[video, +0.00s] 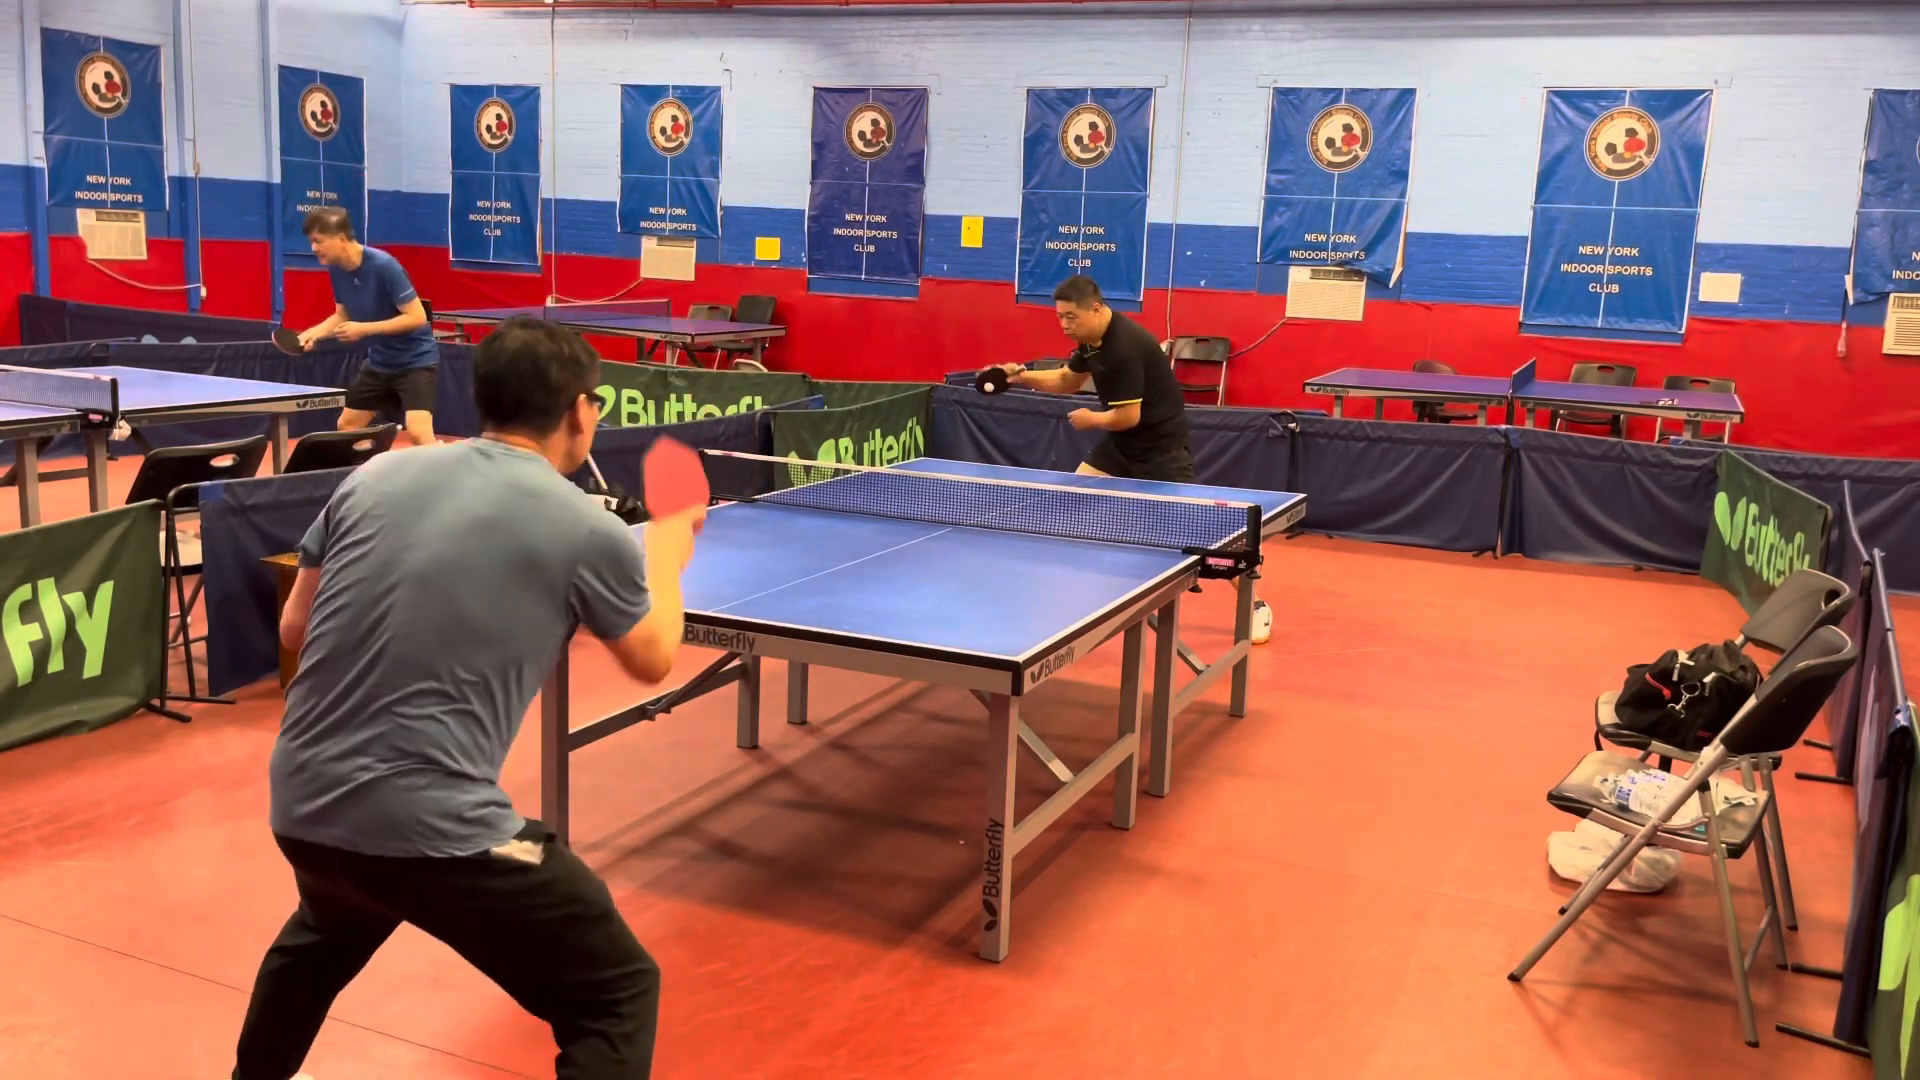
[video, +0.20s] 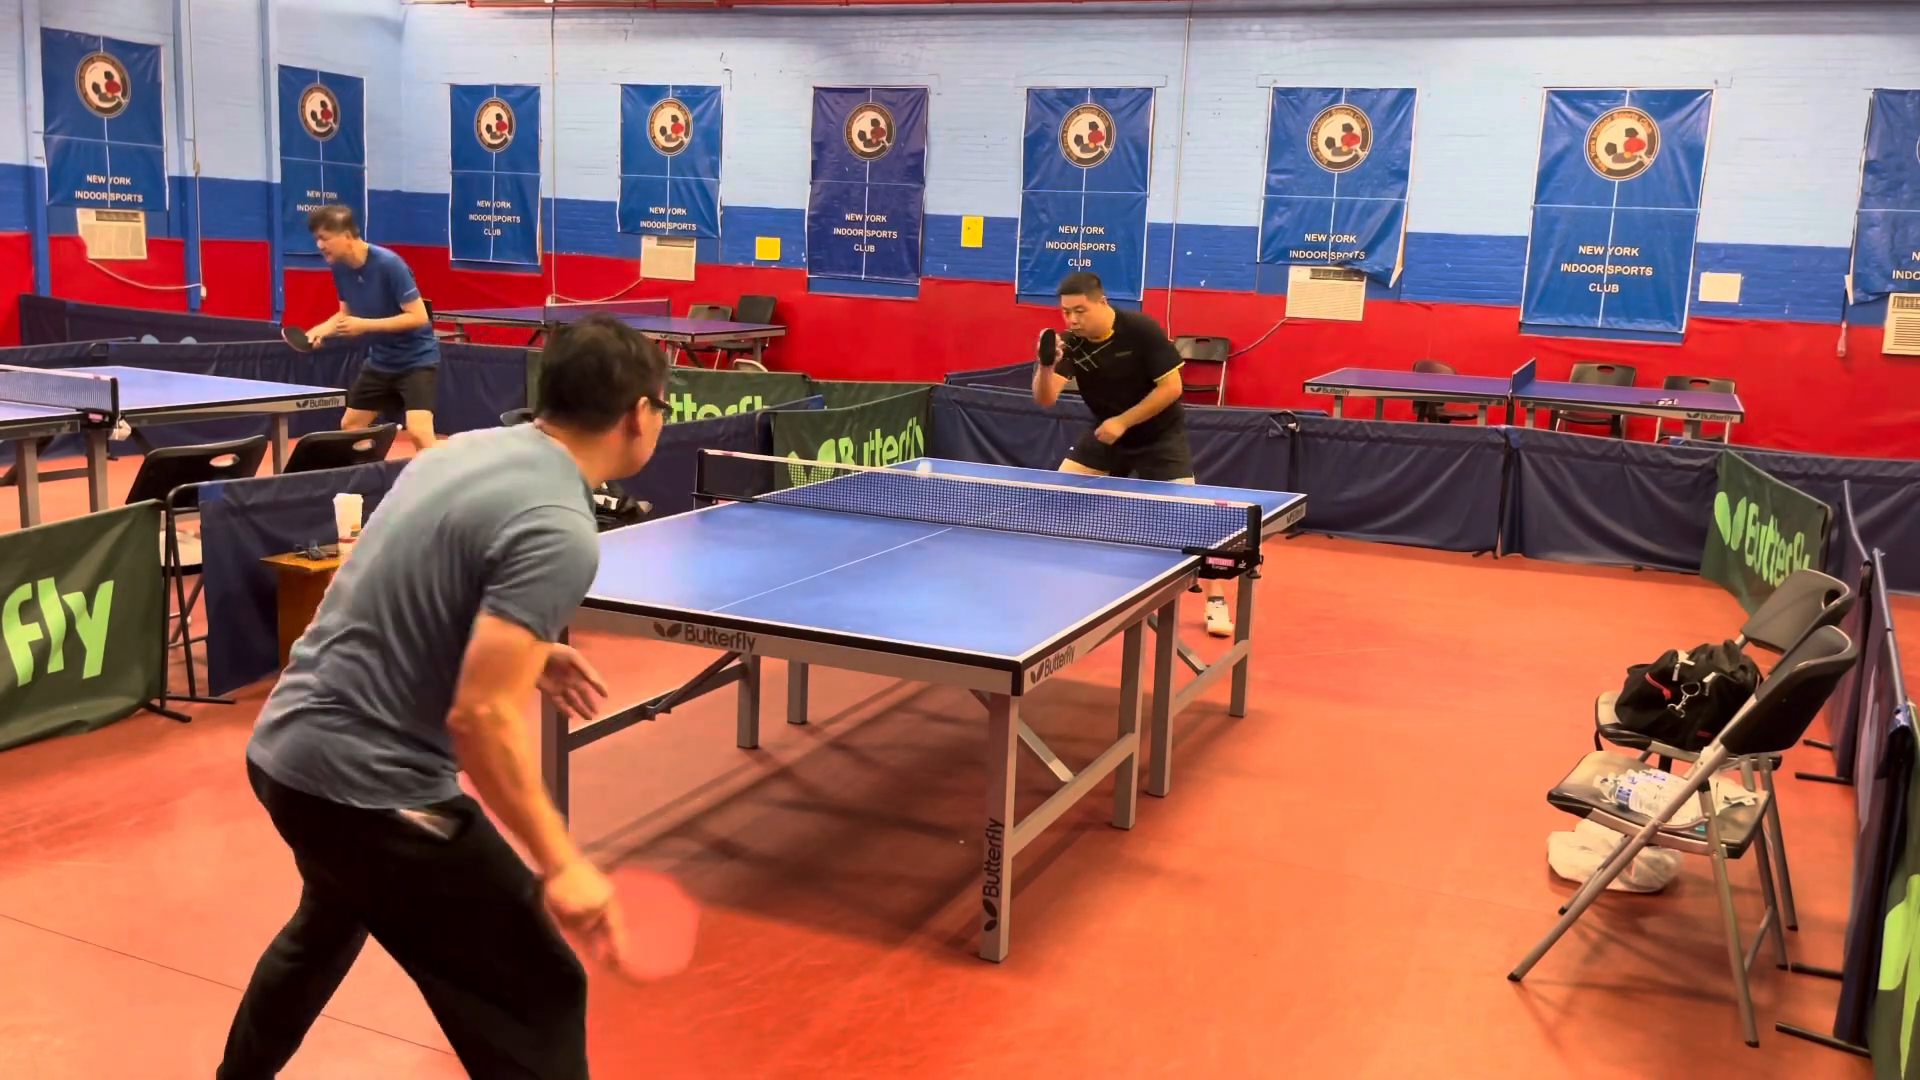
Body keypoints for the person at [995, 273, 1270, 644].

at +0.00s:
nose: (1064, 325)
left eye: (1071, 317)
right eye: (1061, 317)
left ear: (1097, 308)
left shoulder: (1124, 345)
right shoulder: (1092, 337)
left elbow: (1129, 415)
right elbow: (1068, 379)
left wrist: (1093, 419)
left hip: (1163, 448)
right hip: (1122, 441)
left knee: (1191, 527)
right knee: (1068, 500)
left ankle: (1253, 605)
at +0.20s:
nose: (1071, 321)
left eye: (1078, 311)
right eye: (1066, 313)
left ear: (1102, 303)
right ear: (1063, 310)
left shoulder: (1142, 330)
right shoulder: (1070, 344)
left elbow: (1172, 387)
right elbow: (1045, 399)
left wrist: (1123, 421)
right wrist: (1045, 364)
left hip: (1160, 436)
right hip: (1106, 434)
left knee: (1188, 515)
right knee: (1054, 497)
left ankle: (1214, 598)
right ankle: (1040, 585)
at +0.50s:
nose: (1084, 325)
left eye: (1094, 316)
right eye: (1079, 316)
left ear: (1115, 313)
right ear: (1073, 315)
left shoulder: (1146, 350)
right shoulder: (1071, 353)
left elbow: (1165, 409)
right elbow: (1062, 405)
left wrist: (1112, 433)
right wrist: (1054, 427)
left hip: (1151, 447)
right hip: (1095, 445)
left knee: (1182, 512)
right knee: (1045, 497)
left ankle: (1210, 599)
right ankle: (1035, 585)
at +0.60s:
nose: (1069, 318)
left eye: (1077, 309)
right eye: (1064, 310)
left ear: (1101, 305)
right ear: (1059, 308)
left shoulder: (1130, 344)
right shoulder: (1070, 342)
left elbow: (1140, 411)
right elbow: (1072, 392)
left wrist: (1090, 422)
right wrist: (1049, 425)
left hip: (1146, 446)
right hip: (1095, 443)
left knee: (1176, 517)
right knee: (1049, 500)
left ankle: (1209, 599)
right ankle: (1036, 586)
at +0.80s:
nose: (1055, 323)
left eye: (1063, 314)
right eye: (1052, 314)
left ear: (1088, 306)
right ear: (1051, 311)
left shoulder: (1110, 344)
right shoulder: (1092, 333)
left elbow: (1106, 416)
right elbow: (1093, 374)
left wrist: (1069, 419)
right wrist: (1056, 388)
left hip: (1140, 450)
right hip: (1102, 443)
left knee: (1167, 523)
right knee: (1053, 500)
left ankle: (1224, 598)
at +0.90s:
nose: (1064, 324)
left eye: (1071, 315)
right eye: (1061, 316)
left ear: (1097, 306)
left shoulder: (1127, 342)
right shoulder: (1091, 337)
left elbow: (1128, 413)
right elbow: (1081, 382)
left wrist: (1086, 418)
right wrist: (1043, 375)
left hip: (1147, 453)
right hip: (1105, 445)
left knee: (1171, 526)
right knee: (1054, 500)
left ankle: (1225, 600)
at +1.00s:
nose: (1081, 321)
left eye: (1088, 312)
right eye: (1077, 312)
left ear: (1112, 304)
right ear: (1077, 309)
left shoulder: (1151, 334)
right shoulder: (1084, 339)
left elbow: (1166, 402)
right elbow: (1058, 396)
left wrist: (1113, 420)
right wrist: (1059, 370)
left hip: (1160, 445)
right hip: (1110, 444)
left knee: (1185, 519)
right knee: (1063, 498)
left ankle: (1218, 602)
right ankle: (1047, 587)